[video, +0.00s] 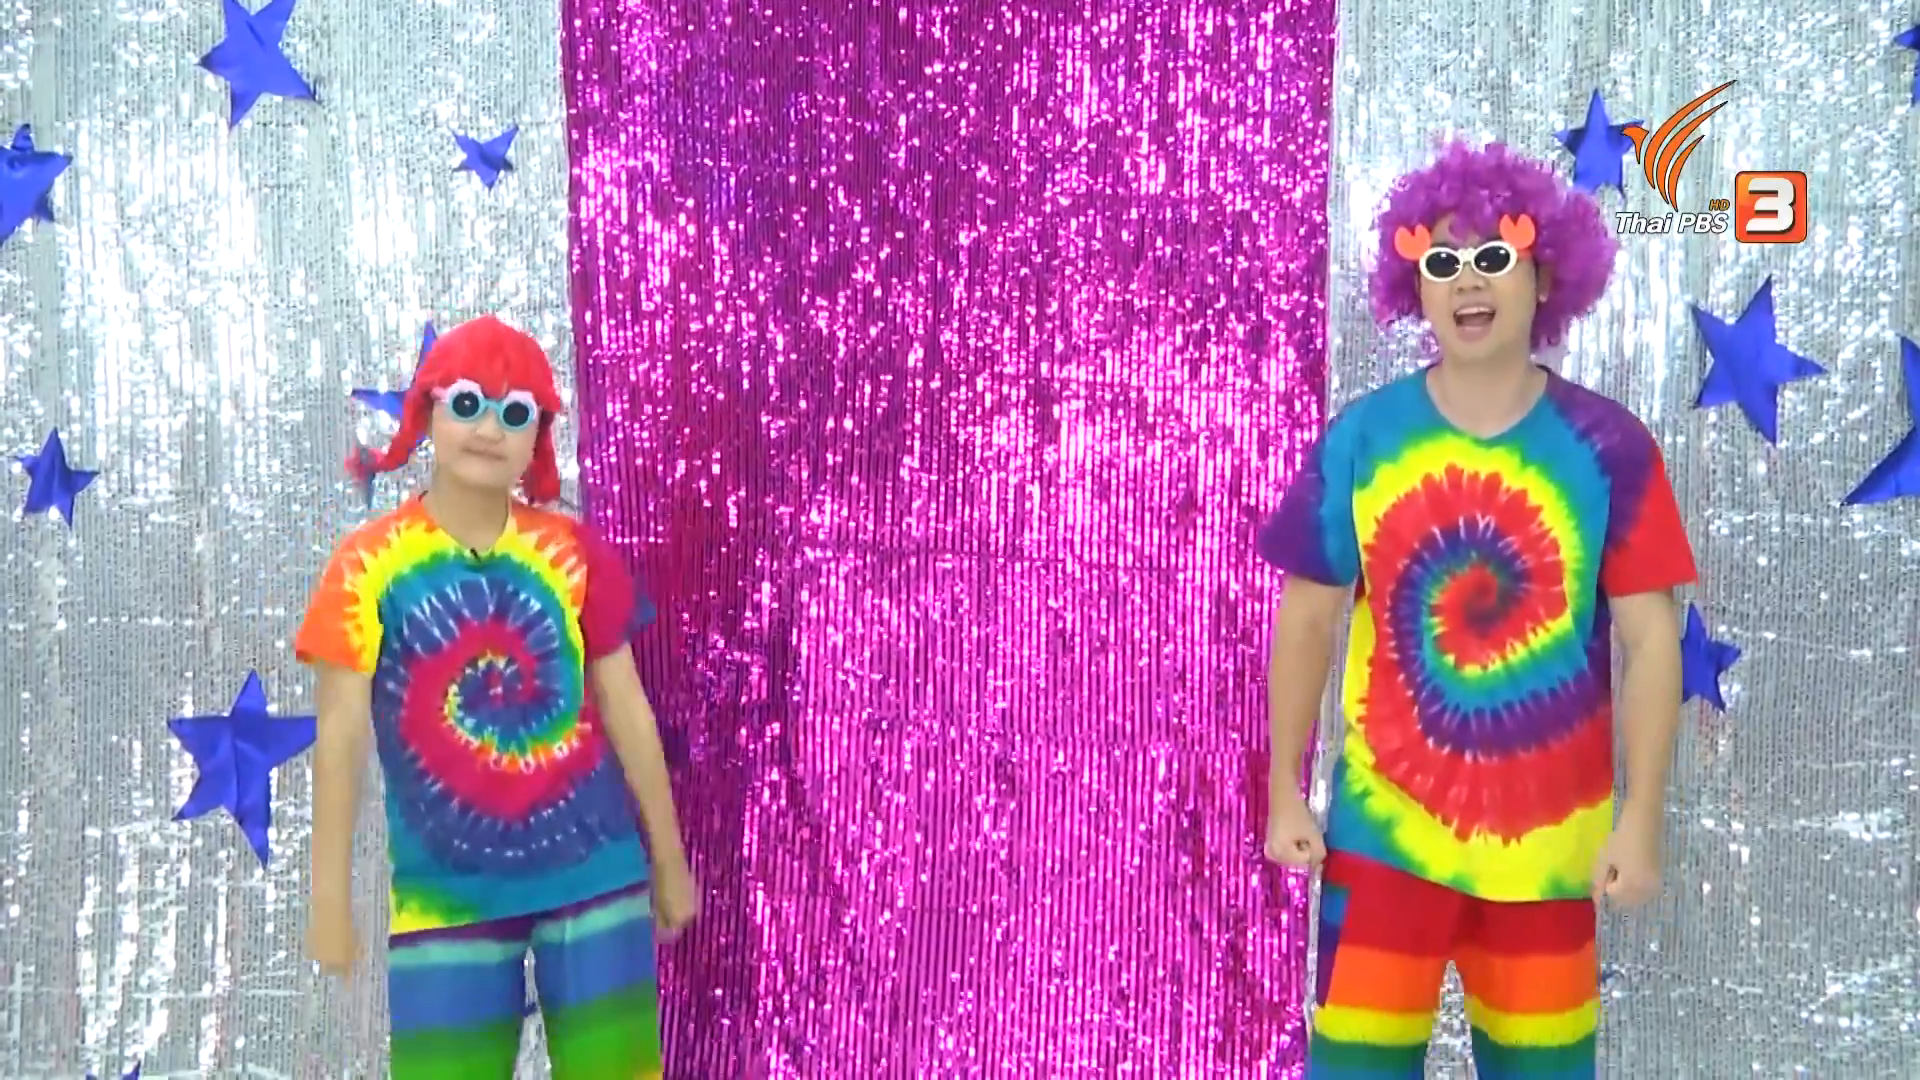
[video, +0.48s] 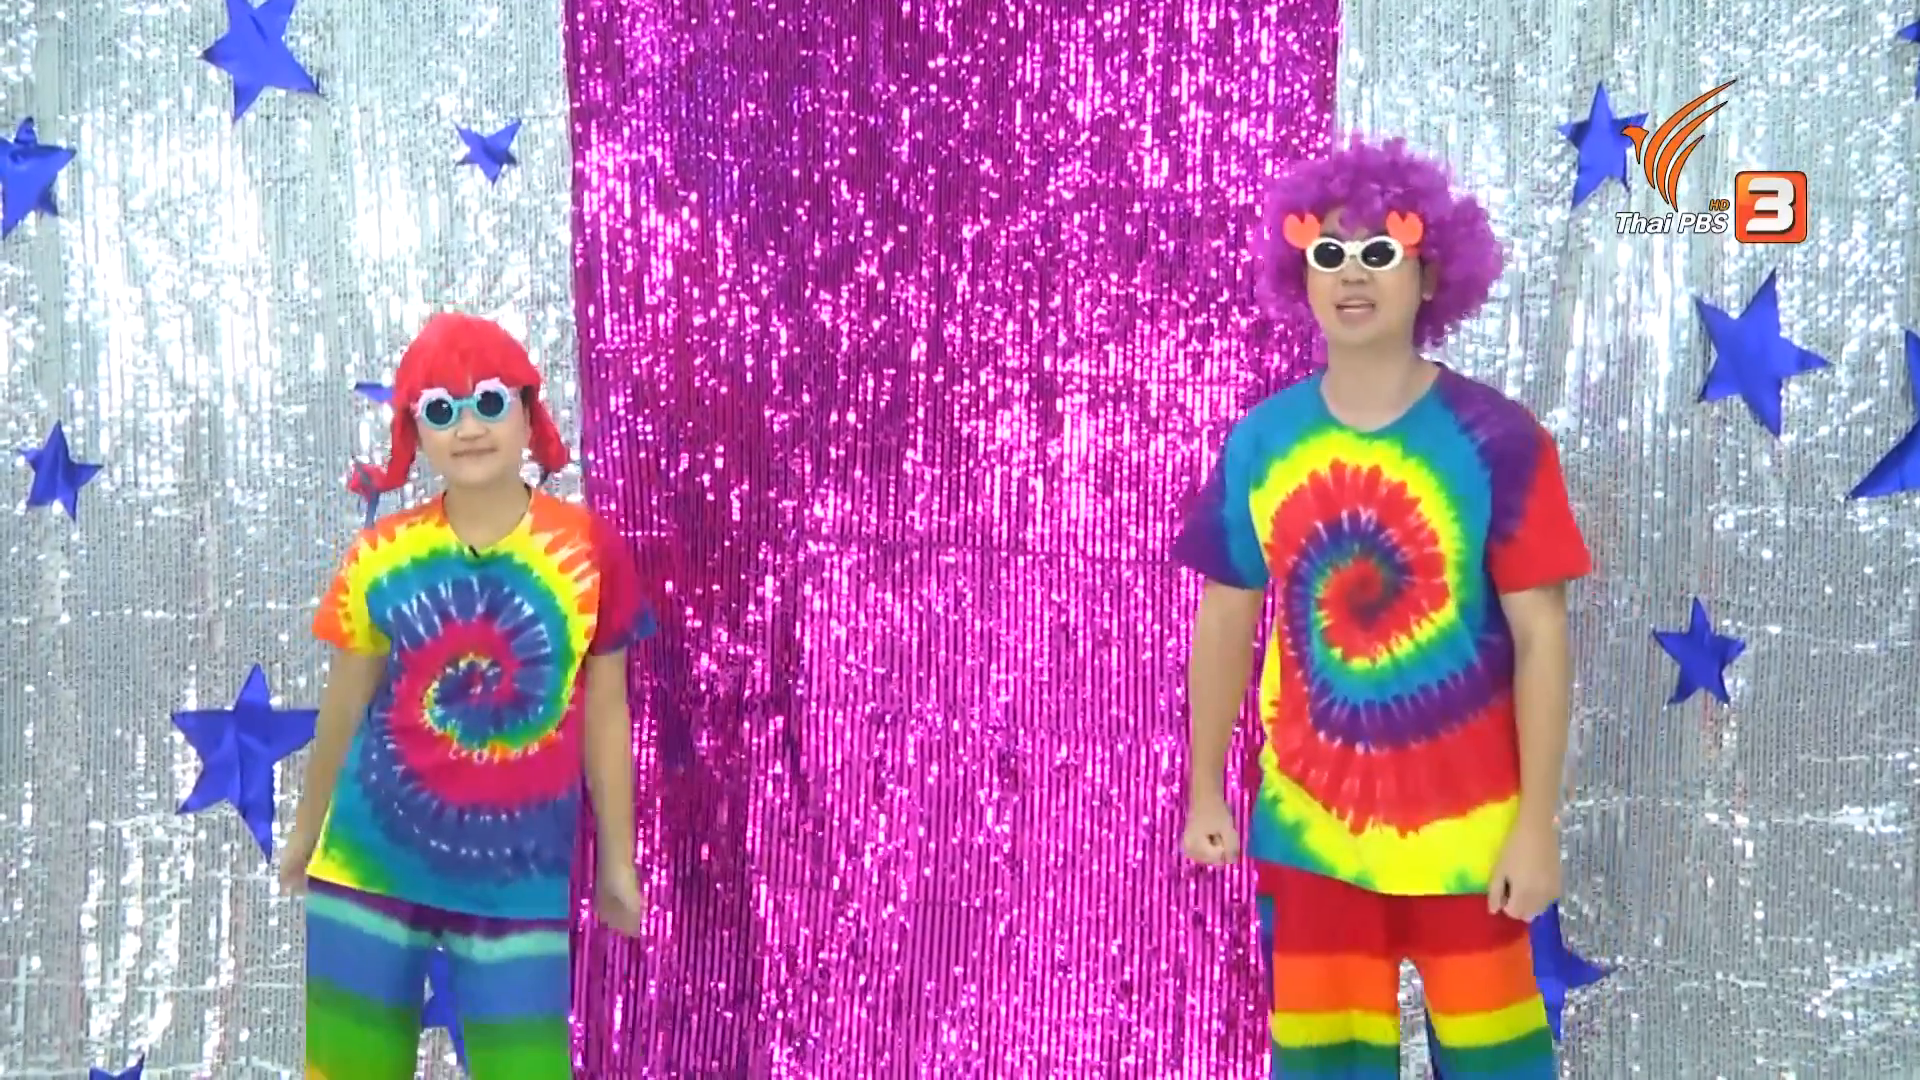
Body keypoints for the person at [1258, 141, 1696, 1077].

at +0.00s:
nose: (1467, 283)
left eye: (1493, 259)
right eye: (1443, 263)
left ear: (1540, 280)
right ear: (1417, 288)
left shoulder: (1610, 445)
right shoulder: (1361, 438)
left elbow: (1650, 637)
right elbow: (1309, 617)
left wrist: (1642, 816)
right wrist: (1283, 786)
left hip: (1546, 843)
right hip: (1388, 834)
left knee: (1544, 1063)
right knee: (1358, 1058)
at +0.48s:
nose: (1351, 276)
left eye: (1378, 255)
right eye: (1329, 255)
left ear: (1424, 279)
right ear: (1304, 279)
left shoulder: (1498, 436)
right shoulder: (1260, 441)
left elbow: (1540, 631)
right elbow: (1227, 619)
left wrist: (1539, 821)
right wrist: (1206, 783)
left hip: (1469, 832)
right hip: (1312, 835)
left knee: (1495, 1057)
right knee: (1324, 1059)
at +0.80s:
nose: (1271, 297)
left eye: (1299, 273)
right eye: (1250, 278)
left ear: (1351, 301)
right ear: (1228, 308)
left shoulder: (1439, 458)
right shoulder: (1217, 480)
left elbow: (1491, 648)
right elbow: (1182, 655)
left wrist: (1460, 837)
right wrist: (1134, 824)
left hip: (1415, 856)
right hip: (1274, 861)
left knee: (1441, 1067)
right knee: (1280, 1068)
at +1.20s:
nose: (1335, 248)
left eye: (1364, 224)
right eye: (1318, 233)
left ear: (1429, 251)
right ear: (1304, 268)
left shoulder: (1510, 427)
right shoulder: (1269, 429)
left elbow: (1554, 624)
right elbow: (1176, 572)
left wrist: (1495, 804)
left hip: (1471, 834)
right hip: (1317, 840)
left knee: (1507, 1065)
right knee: (1313, 1063)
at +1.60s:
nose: (1399, 270)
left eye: (1418, 245)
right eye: (1400, 250)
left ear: (1497, 254)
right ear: (1477, 258)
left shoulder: (1605, 437)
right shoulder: (1420, 412)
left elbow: (1603, 639)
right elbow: (1340, 540)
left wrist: (1449, 765)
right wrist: (1295, 436)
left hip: (1528, 823)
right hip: (1379, 805)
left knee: (1522, 1064)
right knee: (1326, 1055)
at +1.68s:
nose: (1416, 274)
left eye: (1434, 249)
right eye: (1419, 251)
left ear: (1508, 261)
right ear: (1492, 263)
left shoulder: (1612, 439)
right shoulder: (1446, 413)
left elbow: (1589, 639)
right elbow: (1363, 528)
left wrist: (1398, 673)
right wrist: (1335, 409)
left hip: (1530, 840)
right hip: (1386, 817)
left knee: (1528, 1066)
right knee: (1320, 1053)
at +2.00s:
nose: (1429, 291)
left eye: (1444, 264)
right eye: (1431, 266)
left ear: (1514, 271)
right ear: (1504, 273)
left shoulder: (1617, 439)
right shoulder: (1495, 425)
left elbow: (1546, 628)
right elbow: (1436, 553)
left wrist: (1433, 505)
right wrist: (1385, 403)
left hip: (1528, 856)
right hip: (1399, 826)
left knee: (1521, 1065)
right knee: (1317, 1046)